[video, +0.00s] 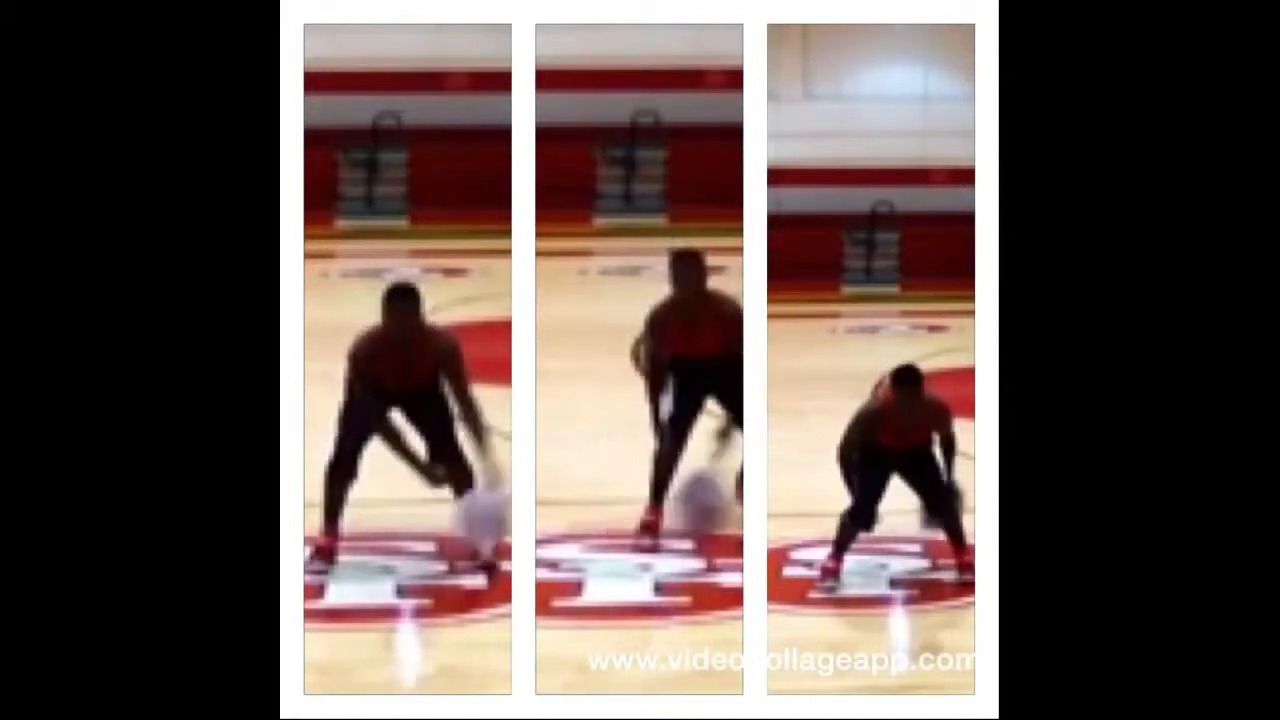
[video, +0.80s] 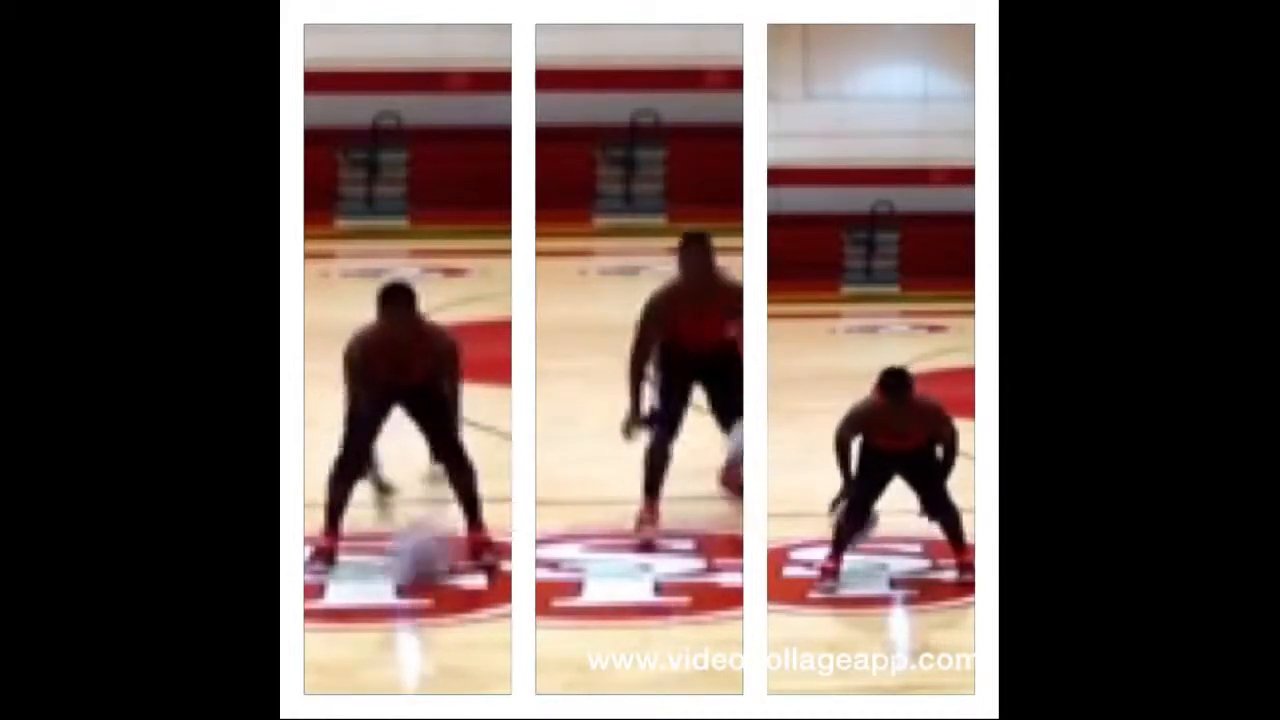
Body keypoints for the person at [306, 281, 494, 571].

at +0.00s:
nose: (403, 328)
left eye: (410, 319)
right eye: (395, 319)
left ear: (420, 315)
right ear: (384, 317)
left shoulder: (441, 345)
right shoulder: (366, 351)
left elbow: (464, 401)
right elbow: (379, 420)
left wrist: (486, 459)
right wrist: (422, 468)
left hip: (421, 395)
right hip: (371, 397)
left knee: (452, 458)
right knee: (342, 464)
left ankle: (482, 536)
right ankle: (329, 537)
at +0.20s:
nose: (408, 330)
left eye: (414, 320)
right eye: (401, 321)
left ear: (424, 315)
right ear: (389, 316)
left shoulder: (445, 345)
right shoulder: (368, 349)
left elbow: (462, 399)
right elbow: (367, 422)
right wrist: (393, 471)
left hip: (419, 393)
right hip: (372, 396)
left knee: (453, 457)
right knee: (349, 462)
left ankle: (477, 536)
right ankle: (329, 535)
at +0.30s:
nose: (400, 332)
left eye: (408, 322)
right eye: (394, 322)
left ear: (419, 318)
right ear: (383, 318)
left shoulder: (437, 348)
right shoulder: (360, 351)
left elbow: (423, 420)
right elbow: (340, 411)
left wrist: (389, 463)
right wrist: (328, 460)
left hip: (421, 400)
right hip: (373, 400)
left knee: (450, 460)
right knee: (349, 461)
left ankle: (476, 531)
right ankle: (331, 538)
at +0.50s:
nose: (402, 326)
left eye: (409, 316)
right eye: (394, 316)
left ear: (419, 312)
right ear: (383, 314)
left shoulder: (439, 344)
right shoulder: (363, 349)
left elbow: (442, 405)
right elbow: (362, 413)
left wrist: (435, 454)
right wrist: (375, 462)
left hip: (422, 394)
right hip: (375, 397)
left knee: (454, 458)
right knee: (350, 462)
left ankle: (476, 530)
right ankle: (330, 535)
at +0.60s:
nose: (407, 327)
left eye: (413, 318)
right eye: (400, 319)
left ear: (423, 317)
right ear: (388, 318)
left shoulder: (440, 346)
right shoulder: (369, 354)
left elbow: (474, 394)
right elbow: (387, 422)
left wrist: (502, 436)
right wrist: (429, 463)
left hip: (422, 396)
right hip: (375, 402)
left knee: (458, 463)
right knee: (349, 470)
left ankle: (476, 533)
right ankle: (330, 536)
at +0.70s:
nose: (407, 334)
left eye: (413, 323)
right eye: (399, 325)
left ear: (422, 320)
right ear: (387, 323)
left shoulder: (439, 347)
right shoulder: (368, 358)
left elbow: (481, 389)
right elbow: (377, 427)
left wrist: (514, 426)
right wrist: (421, 469)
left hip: (420, 396)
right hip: (373, 401)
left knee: (456, 461)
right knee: (351, 469)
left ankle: (477, 532)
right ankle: (330, 536)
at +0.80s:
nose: (398, 323)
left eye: (404, 314)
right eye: (391, 315)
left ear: (414, 312)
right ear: (380, 314)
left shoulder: (440, 345)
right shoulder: (362, 348)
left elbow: (449, 403)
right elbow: (359, 419)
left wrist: (442, 453)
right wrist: (374, 474)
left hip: (423, 388)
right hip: (375, 390)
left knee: (454, 456)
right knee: (350, 460)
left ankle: (476, 530)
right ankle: (330, 536)